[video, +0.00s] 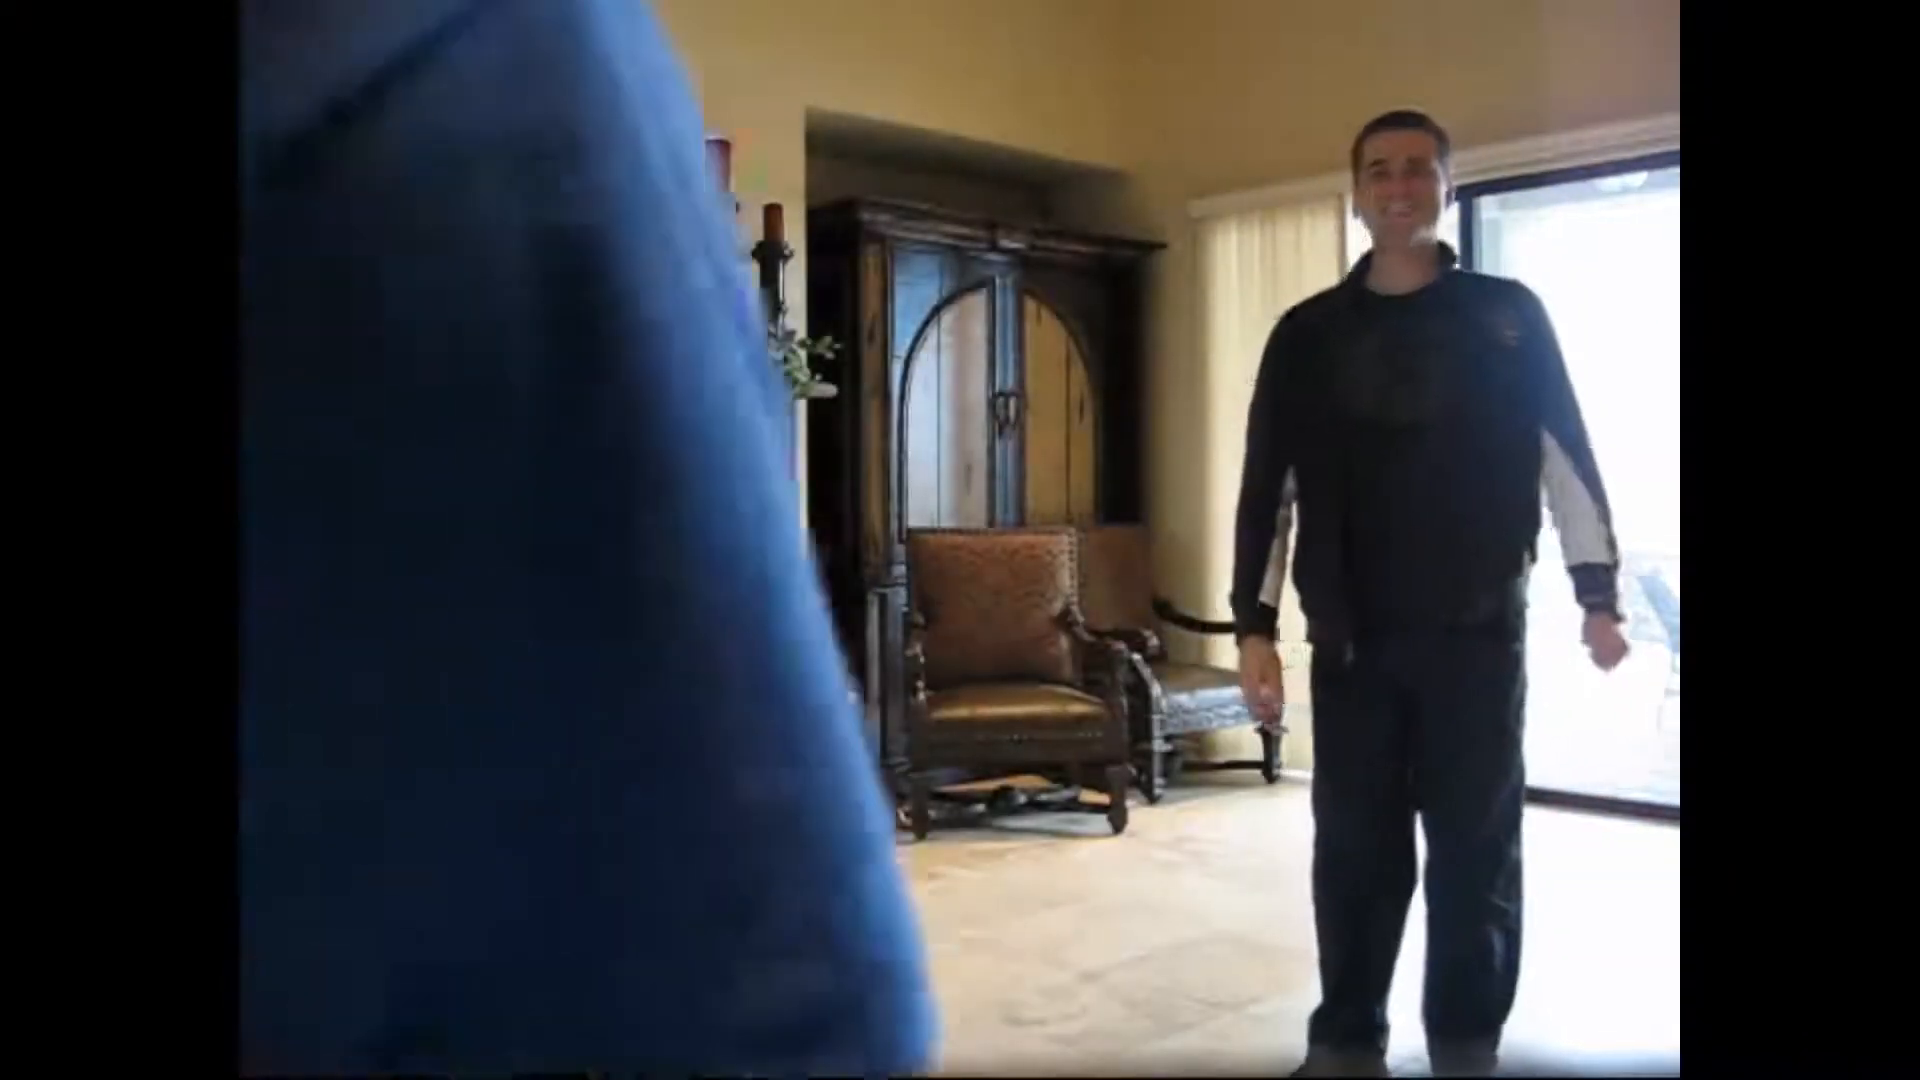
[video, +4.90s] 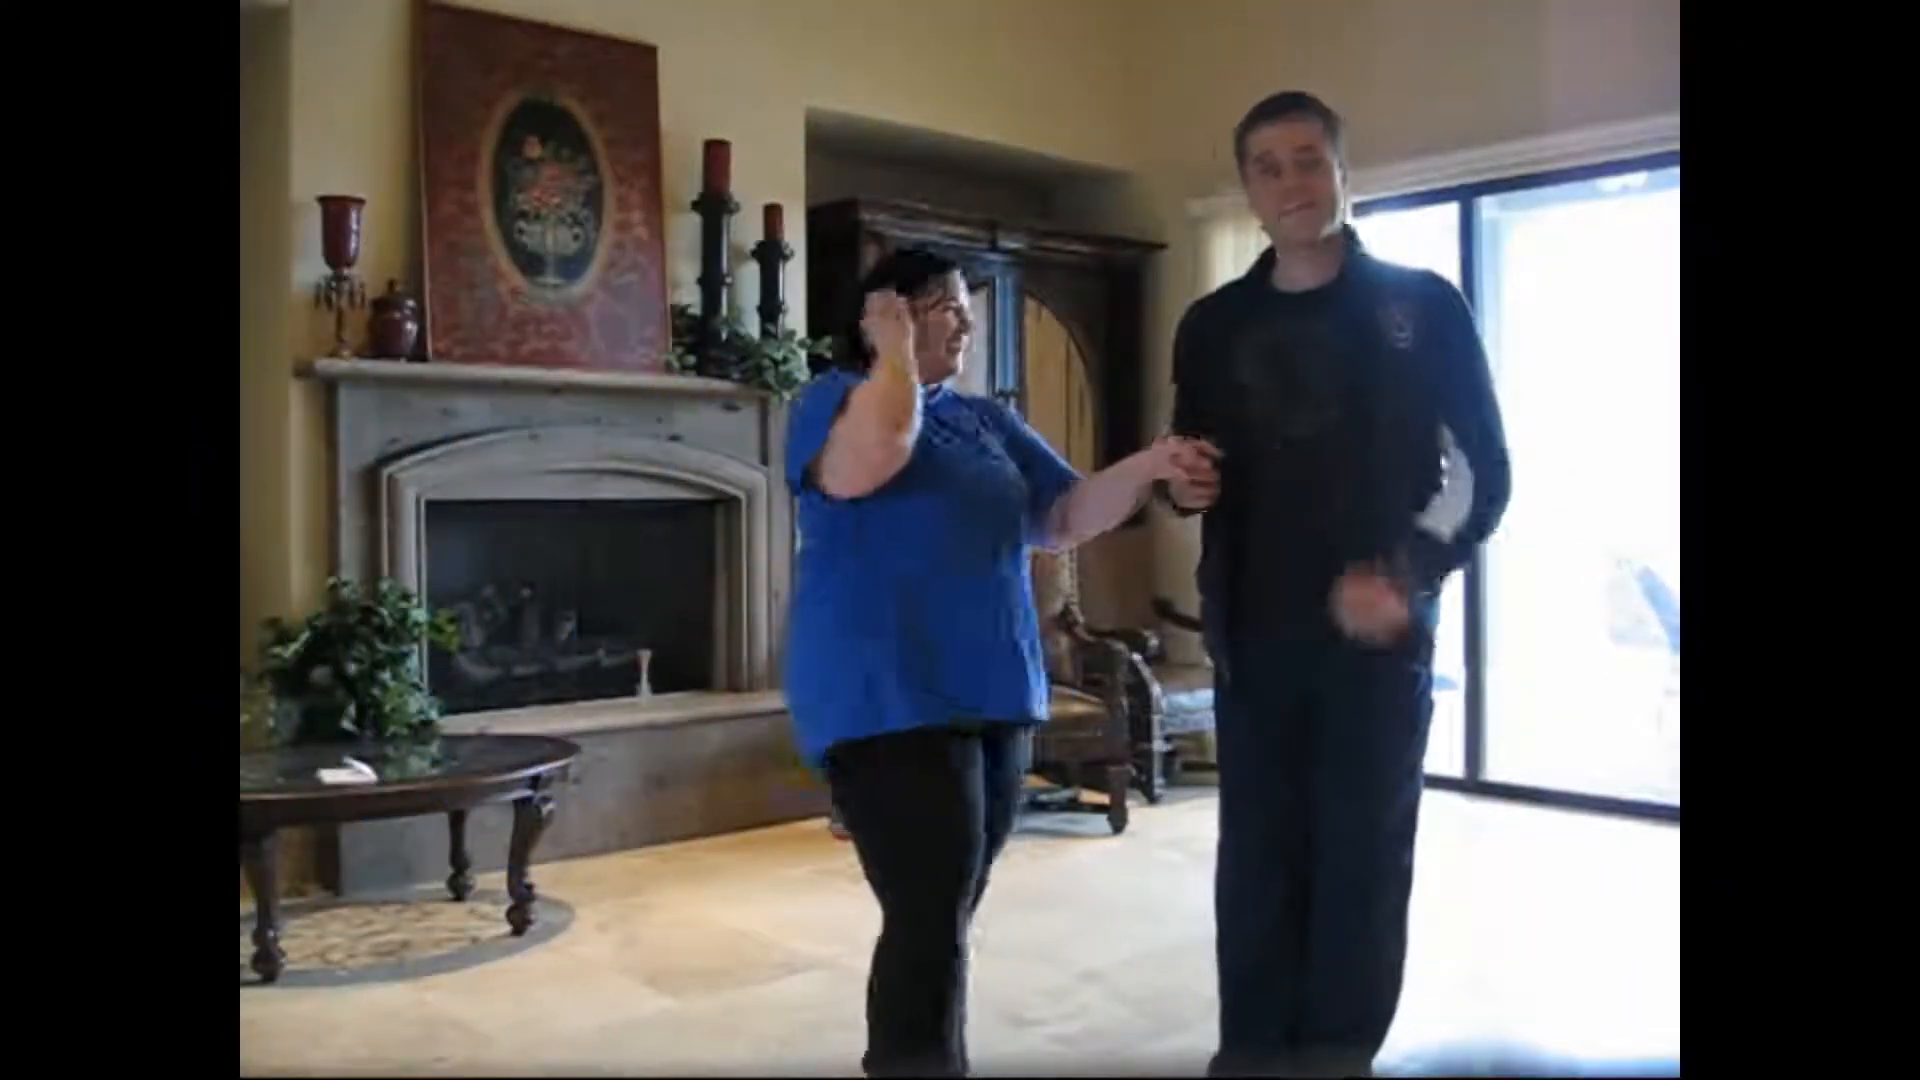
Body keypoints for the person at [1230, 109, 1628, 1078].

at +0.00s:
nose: (1401, 185)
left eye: (1419, 168)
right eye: (1382, 170)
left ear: (1448, 186)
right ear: (1355, 193)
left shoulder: (1507, 311)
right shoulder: (1305, 332)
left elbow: (1568, 457)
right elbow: (1262, 488)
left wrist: (1598, 593)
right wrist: (1251, 623)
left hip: (1474, 632)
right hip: (1351, 635)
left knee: (1475, 856)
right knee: (1353, 853)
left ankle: (1465, 1053)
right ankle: (1345, 1046)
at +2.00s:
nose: (1341, 198)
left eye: (1360, 181)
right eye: (1323, 182)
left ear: (1391, 197)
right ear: (1299, 200)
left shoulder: (1453, 324)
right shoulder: (1254, 335)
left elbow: (1508, 477)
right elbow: (1216, 487)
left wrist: (1515, 613)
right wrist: (1215, 618)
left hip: (1421, 631)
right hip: (1291, 636)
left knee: (1427, 856)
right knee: (1290, 851)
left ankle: (1440, 1052)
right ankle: (1292, 1035)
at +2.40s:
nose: (1275, 206)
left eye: (1294, 187)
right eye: (1258, 189)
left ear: (1330, 200)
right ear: (1238, 207)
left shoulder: (1390, 327)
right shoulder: (1195, 344)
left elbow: (1435, 481)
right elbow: (1140, 485)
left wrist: (1392, 598)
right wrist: (1083, 600)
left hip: (1351, 637)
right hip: (1228, 642)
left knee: (1397, 862)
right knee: (1218, 864)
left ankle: (1437, 1057)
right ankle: (1209, 1056)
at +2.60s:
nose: (1227, 204)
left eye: (1247, 186)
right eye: (1211, 188)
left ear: (1281, 199)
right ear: (1189, 204)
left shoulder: (1338, 316)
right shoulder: (1159, 336)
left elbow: (1384, 475)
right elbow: (1084, 459)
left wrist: (1359, 618)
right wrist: (988, 564)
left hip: (1317, 632)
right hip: (1193, 638)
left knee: (1367, 860)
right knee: (1201, 872)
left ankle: (1418, 1050)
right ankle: (1207, 1059)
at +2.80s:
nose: (1192, 206)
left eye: (1211, 187)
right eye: (1174, 191)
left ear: (1245, 196)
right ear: (1156, 205)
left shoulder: (1317, 314)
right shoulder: (1125, 337)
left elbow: (1373, 466)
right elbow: (1017, 432)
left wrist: (1379, 616)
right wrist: (897, 474)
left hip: (1305, 625)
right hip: (1186, 630)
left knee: (1347, 858)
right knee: (1199, 866)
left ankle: (1385, 1053)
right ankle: (1206, 1056)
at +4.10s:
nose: (1266, 253)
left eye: (1278, 230)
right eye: (1244, 234)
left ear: (1295, 211)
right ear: (1200, 221)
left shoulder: (1343, 315)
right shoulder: (1148, 337)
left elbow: (1429, 450)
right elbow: (1098, 464)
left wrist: (1322, 472)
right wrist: (1041, 508)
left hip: (1325, 639)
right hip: (1205, 640)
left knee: (1327, 862)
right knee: (1210, 862)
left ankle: (1326, 1060)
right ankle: (1209, 1055)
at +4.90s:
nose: (1292, 181)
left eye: (1308, 160)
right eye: (1270, 167)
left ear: (1342, 173)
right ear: (1247, 189)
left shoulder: (1420, 303)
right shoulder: (1210, 325)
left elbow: (1481, 471)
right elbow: (1188, 469)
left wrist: (1410, 571)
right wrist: (1181, 476)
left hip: (1373, 636)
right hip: (1252, 637)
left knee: (1360, 865)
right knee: (1256, 860)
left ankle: (1338, 1059)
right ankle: (1250, 1055)